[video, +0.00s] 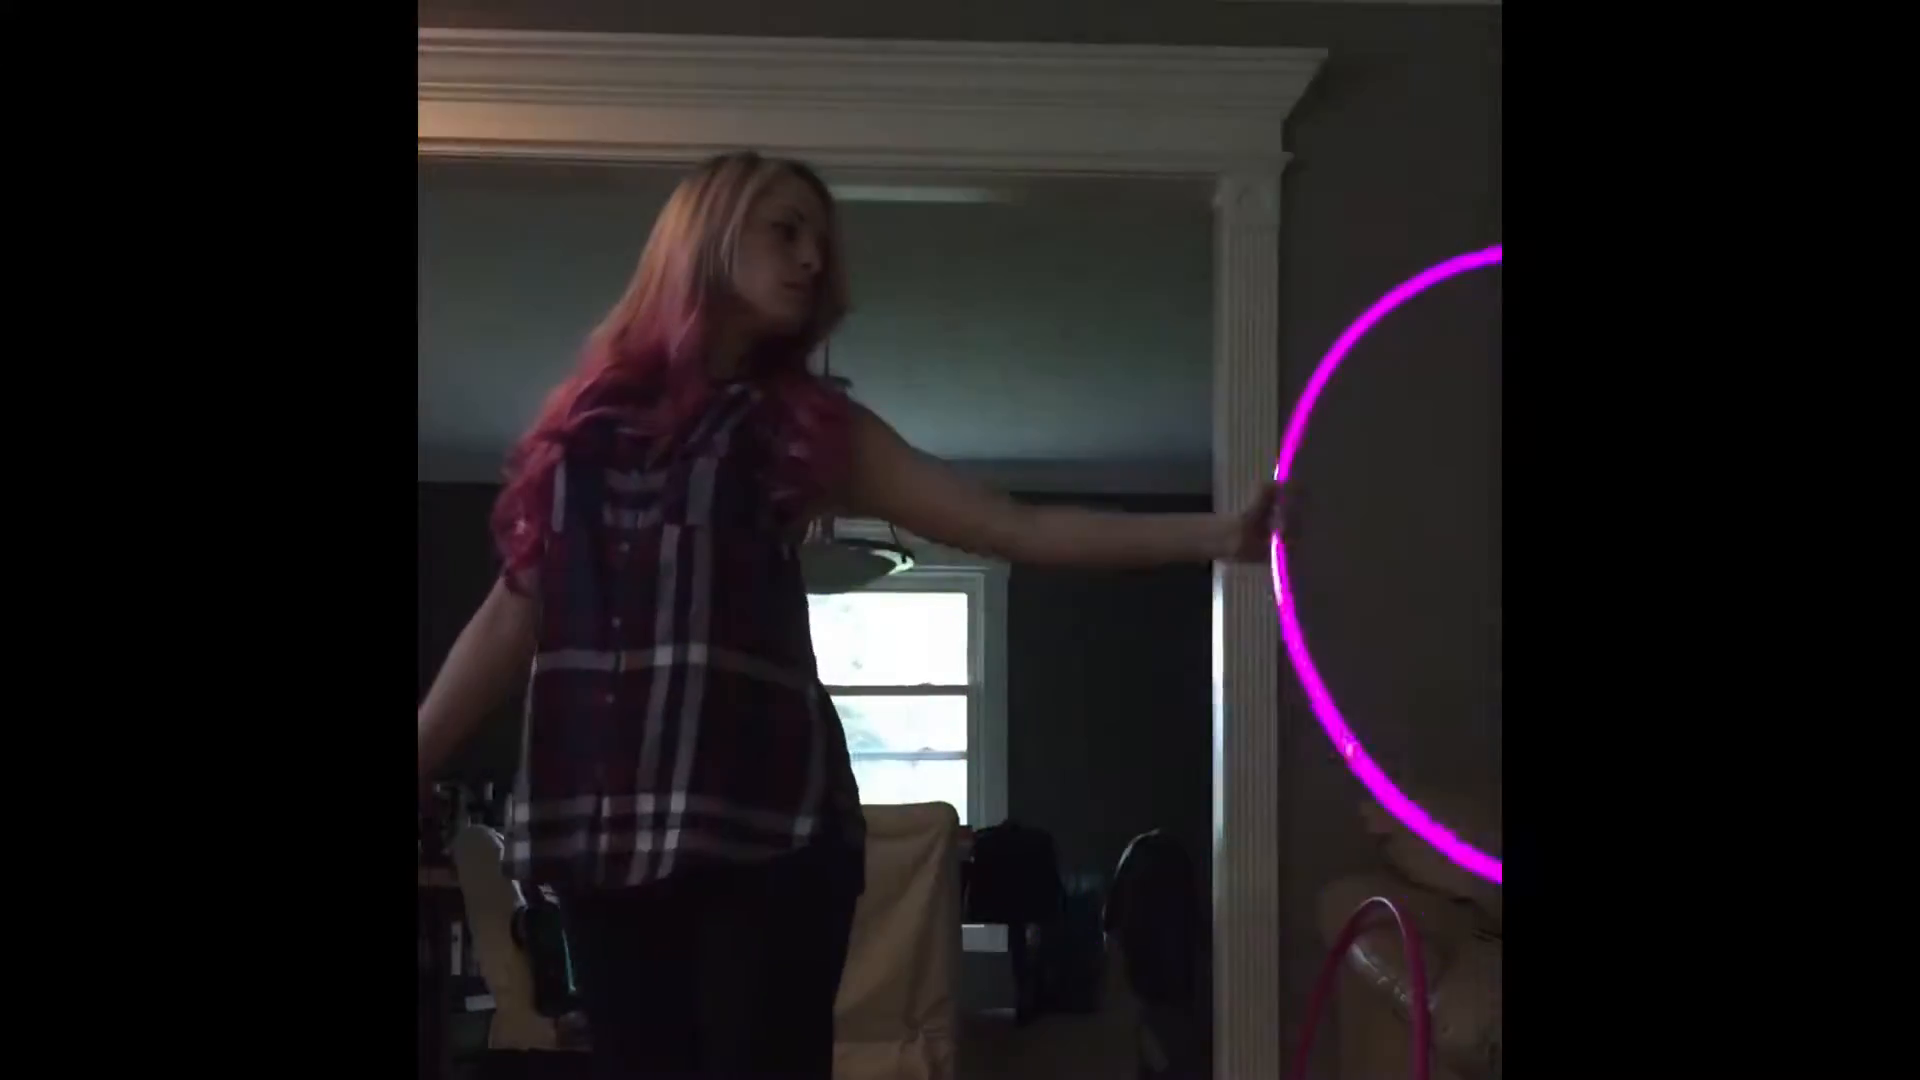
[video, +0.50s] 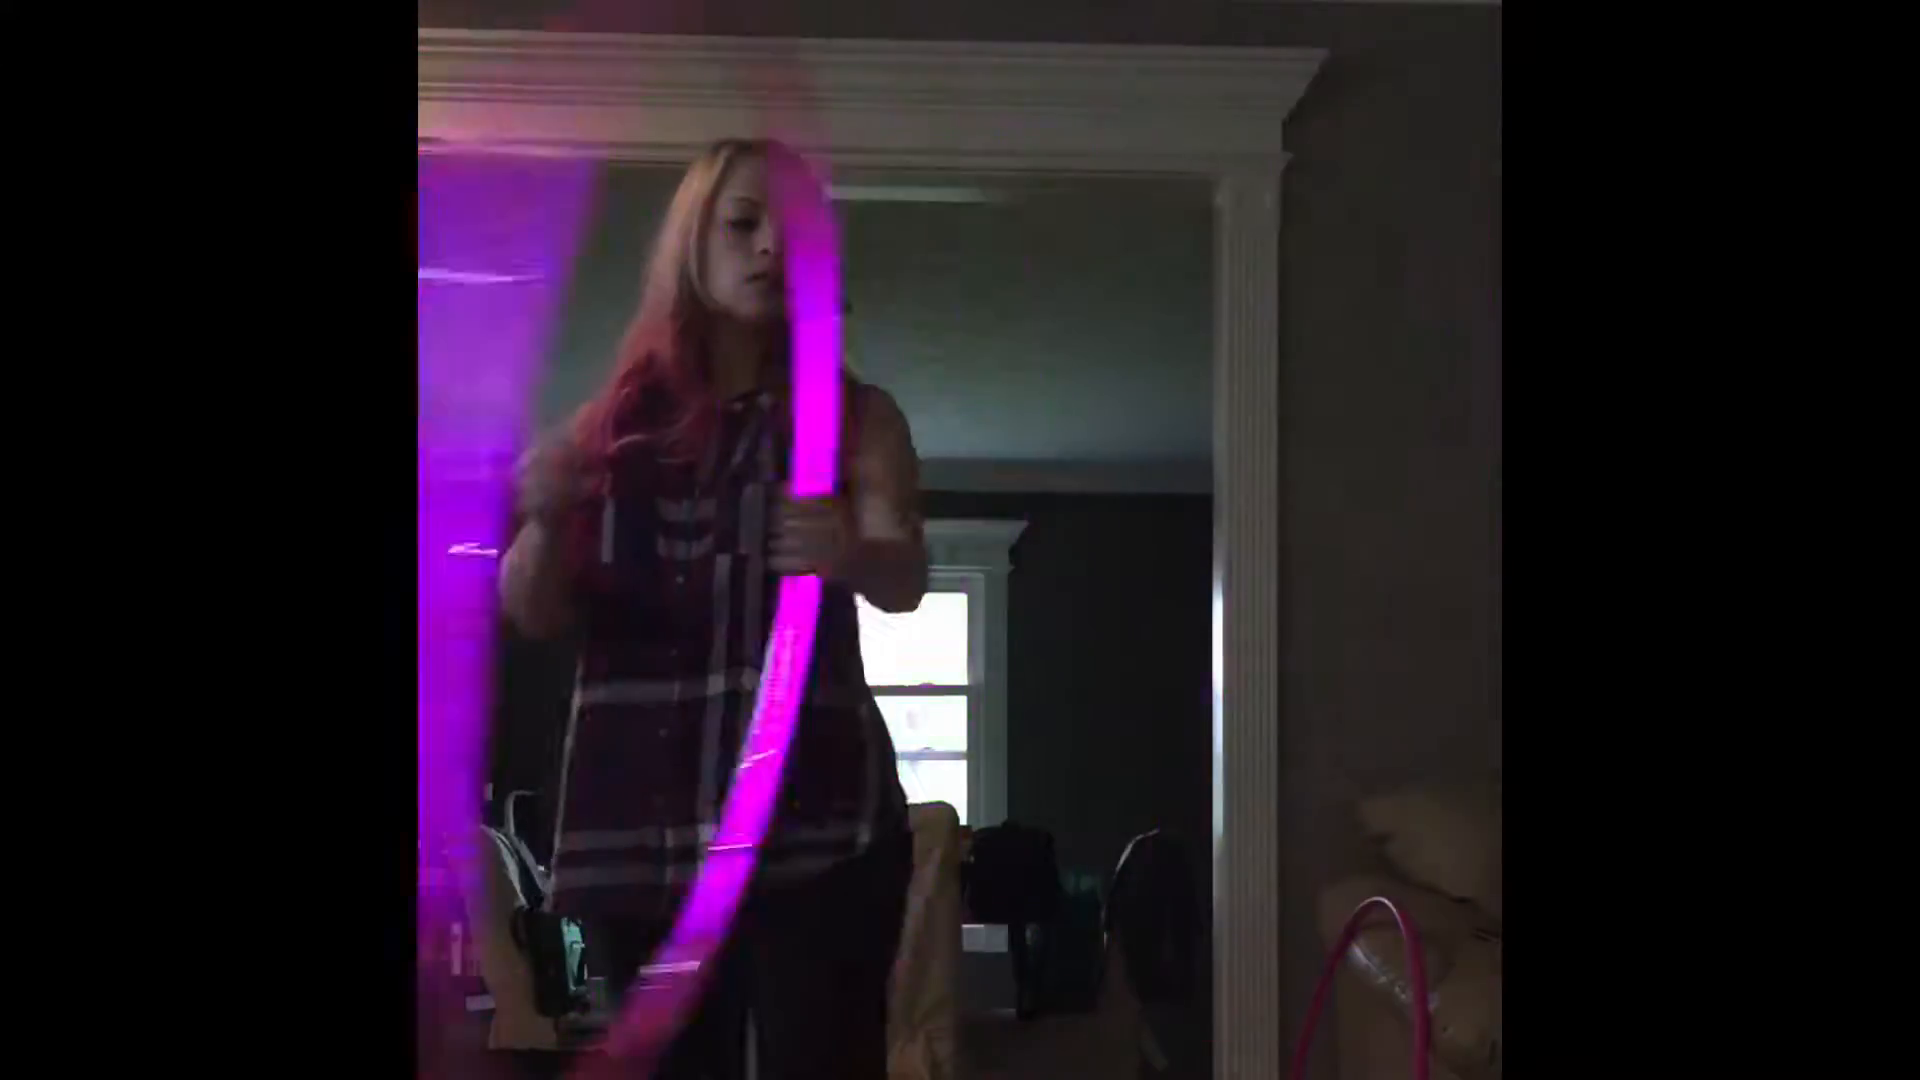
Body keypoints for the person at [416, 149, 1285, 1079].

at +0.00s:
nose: (811, 254)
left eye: (820, 240)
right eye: (784, 227)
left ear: (821, 271)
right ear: (706, 239)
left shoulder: (807, 419)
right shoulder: (584, 424)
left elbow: (1010, 526)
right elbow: (509, 619)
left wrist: (1217, 532)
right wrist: (419, 758)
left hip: (772, 836)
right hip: (599, 840)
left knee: (769, 1064)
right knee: (635, 1062)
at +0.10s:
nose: (803, 252)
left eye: (813, 237)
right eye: (773, 227)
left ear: (820, 265)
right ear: (696, 244)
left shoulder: (797, 417)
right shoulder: (580, 426)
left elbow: (1003, 508)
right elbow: (502, 623)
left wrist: (1216, 495)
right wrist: (409, 743)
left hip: (775, 838)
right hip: (604, 844)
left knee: (767, 1065)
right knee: (640, 1063)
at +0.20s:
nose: (789, 253)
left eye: (800, 239)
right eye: (761, 226)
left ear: (808, 267)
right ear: (686, 242)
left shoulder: (799, 417)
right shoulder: (579, 423)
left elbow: (988, 513)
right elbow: (488, 626)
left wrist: (1194, 486)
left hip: (781, 836)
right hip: (611, 843)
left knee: (771, 1063)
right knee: (642, 1063)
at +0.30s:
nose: (778, 252)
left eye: (793, 238)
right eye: (748, 228)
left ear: (805, 267)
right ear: (678, 243)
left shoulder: (810, 419)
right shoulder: (590, 418)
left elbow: (967, 532)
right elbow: (488, 612)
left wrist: (1124, 502)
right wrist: (416, 683)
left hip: (793, 833)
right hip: (625, 835)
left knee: (781, 1059)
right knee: (648, 1056)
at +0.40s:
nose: (771, 250)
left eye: (789, 233)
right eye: (740, 227)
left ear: (810, 259)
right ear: (679, 249)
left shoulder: (835, 418)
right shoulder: (595, 423)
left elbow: (926, 551)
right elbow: (517, 605)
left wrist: (992, 528)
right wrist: (462, 613)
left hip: (804, 835)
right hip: (633, 835)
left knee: (801, 1059)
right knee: (658, 1061)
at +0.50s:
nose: (768, 247)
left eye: (788, 226)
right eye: (742, 223)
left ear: (815, 246)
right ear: (691, 245)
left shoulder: (853, 412)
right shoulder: (610, 425)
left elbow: (905, 579)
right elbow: (534, 616)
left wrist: (850, 548)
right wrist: (545, 518)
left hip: (814, 822)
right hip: (645, 821)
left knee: (818, 1058)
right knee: (667, 1063)